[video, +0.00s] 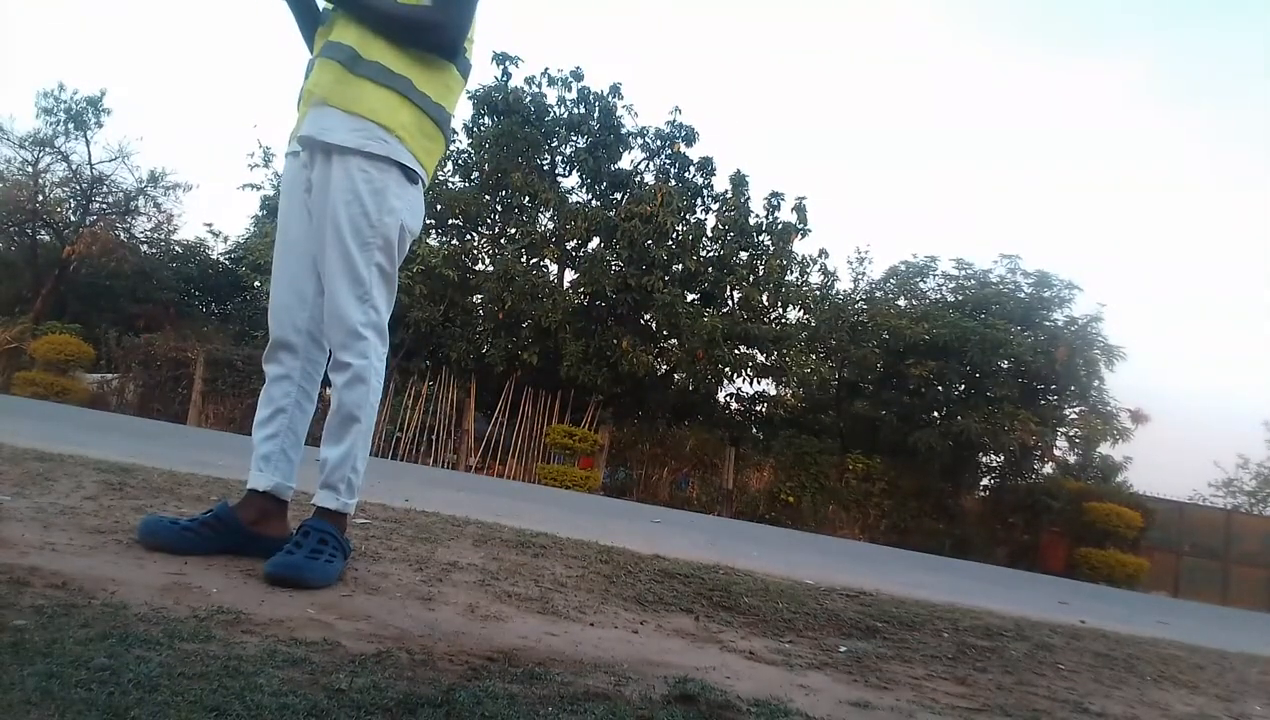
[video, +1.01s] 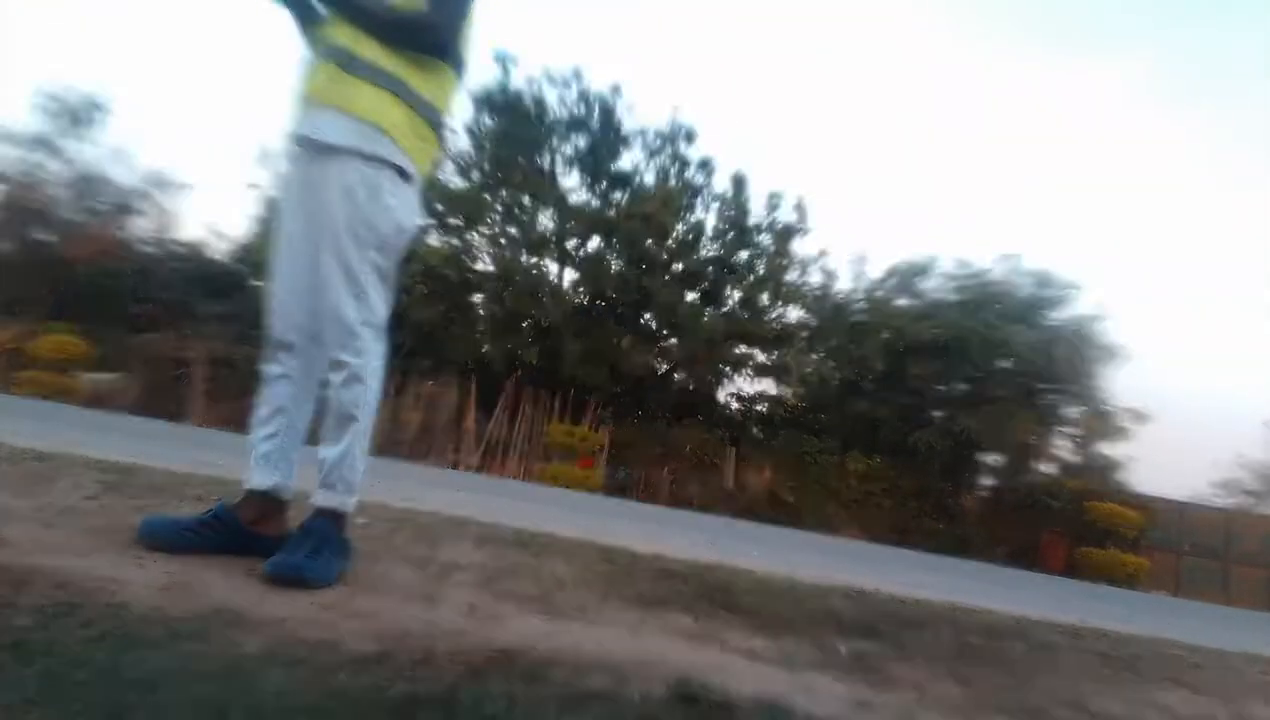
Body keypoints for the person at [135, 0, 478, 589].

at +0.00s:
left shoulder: (450, 9)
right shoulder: (340, 24)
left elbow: (443, 29)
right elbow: (326, 40)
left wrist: (350, 1)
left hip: (382, 139)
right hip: (311, 134)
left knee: (356, 340)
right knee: (291, 335)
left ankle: (328, 523)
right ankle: (262, 509)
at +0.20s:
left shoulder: (450, 9)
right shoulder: (339, 23)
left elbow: (444, 29)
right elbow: (324, 38)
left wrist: (351, 1)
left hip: (381, 136)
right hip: (310, 132)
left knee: (355, 339)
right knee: (291, 335)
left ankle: (328, 523)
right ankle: (262, 509)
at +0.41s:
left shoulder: (449, 10)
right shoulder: (338, 24)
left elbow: (443, 29)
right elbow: (322, 38)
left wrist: (351, 1)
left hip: (380, 138)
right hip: (308, 133)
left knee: (354, 339)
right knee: (290, 334)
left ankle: (328, 523)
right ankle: (262, 509)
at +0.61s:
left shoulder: (447, 9)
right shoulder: (338, 21)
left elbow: (440, 30)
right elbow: (322, 38)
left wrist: (347, 0)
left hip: (378, 134)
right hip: (307, 129)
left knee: (353, 337)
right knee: (290, 333)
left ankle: (328, 523)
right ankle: (262, 508)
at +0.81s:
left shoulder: (446, 9)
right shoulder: (339, 20)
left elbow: (439, 30)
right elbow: (323, 37)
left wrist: (344, 1)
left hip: (377, 134)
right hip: (306, 128)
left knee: (352, 337)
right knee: (290, 334)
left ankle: (328, 523)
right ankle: (262, 508)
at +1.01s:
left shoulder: (444, 10)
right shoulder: (337, 26)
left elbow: (437, 33)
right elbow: (321, 29)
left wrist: (343, 5)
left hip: (376, 145)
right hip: (314, 141)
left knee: (351, 338)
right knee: (288, 335)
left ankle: (329, 520)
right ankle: (260, 508)